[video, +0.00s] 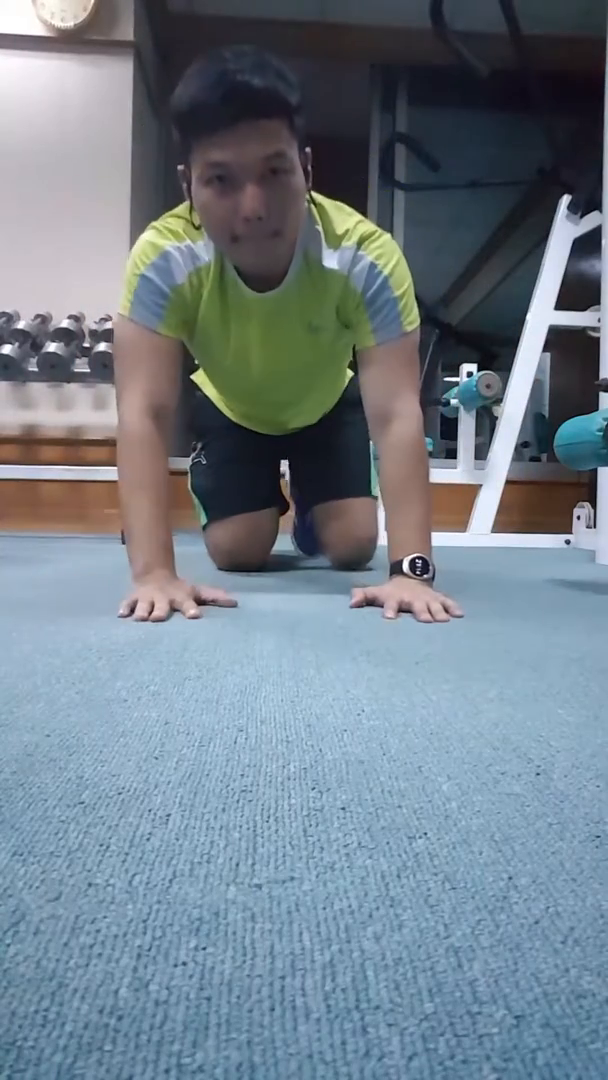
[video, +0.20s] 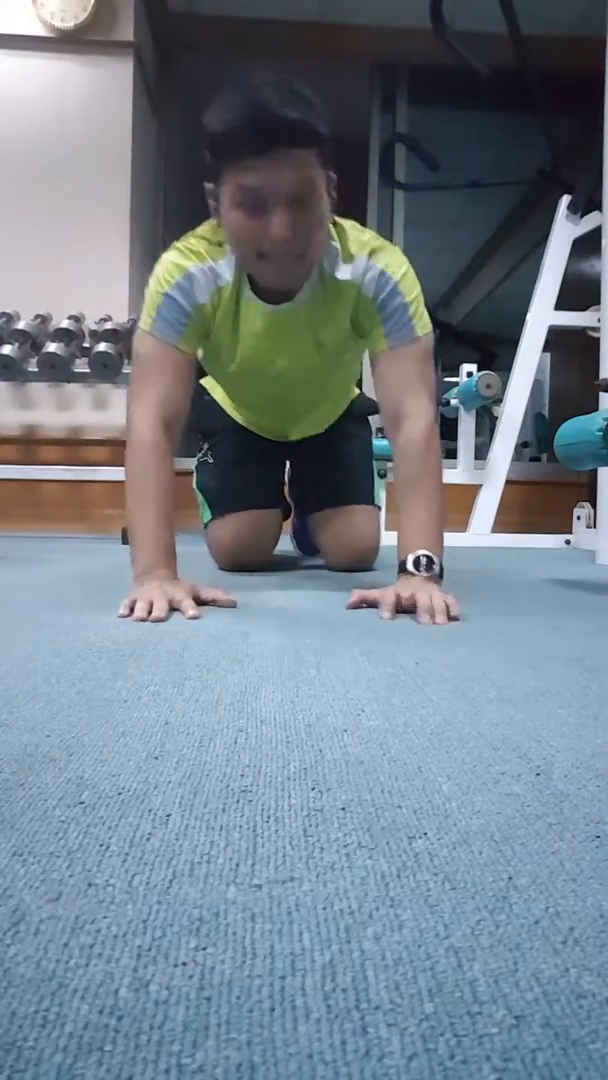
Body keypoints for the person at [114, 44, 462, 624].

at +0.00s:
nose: (254, 206)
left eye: (274, 172)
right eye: (221, 180)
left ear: (305, 167)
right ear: (188, 185)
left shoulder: (367, 258)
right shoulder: (164, 257)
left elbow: (396, 415)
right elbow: (144, 414)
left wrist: (412, 570)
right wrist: (154, 571)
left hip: (328, 395)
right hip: (227, 400)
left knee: (352, 547)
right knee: (238, 553)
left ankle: (310, 514)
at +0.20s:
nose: (279, 231)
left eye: (299, 201)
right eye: (252, 205)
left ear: (331, 191)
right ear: (215, 204)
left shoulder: (379, 273)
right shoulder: (186, 275)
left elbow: (413, 421)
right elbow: (151, 425)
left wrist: (421, 569)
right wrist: (155, 572)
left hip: (333, 406)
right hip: (234, 407)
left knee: (353, 551)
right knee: (241, 553)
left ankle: (306, 518)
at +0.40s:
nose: (320, 318)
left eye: (342, 296)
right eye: (300, 292)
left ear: (368, 271)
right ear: (263, 244)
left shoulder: (396, 292)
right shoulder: (207, 301)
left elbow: (422, 427)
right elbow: (141, 420)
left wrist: (425, 571)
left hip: (345, 412)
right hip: (249, 412)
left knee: (360, 553)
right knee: (245, 554)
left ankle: (311, 516)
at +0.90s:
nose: (317, 336)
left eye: (340, 329)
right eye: (303, 318)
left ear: (375, 302)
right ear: (279, 261)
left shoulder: (403, 294)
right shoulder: (227, 280)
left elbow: (423, 425)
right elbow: (149, 420)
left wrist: (424, 572)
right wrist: (183, 284)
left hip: (348, 419)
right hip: (255, 415)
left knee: (359, 553)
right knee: (245, 552)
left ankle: (310, 520)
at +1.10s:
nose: (311, 336)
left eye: (334, 327)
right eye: (297, 317)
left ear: (368, 300)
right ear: (271, 262)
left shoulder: (398, 293)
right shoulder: (223, 284)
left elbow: (422, 426)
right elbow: (146, 421)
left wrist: (423, 572)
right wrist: (182, 286)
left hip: (346, 419)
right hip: (252, 415)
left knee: (359, 553)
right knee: (245, 552)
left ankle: (309, 520)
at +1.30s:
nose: (308, 335)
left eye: (331, 324)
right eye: (293, 315)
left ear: (365, 295)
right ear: (264, 262)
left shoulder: (395, 292)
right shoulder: (220, 287)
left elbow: (421, 426)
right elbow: (143, 420)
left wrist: (424, 572)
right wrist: (179, 290)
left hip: (345, 418)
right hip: (251, 415)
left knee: (359, 553)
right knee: (245, 553)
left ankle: (308, 520)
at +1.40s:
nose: (309, 331)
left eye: (332, 317)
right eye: (293, 311)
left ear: (363, 289)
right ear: (263, 260)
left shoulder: (393, 292)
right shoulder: (220, 288)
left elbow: (422, 426)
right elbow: (143, 423)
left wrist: (424, 572)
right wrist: (176, 290)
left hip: (344, 419)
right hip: (251, 416)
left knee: (358, 552)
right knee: (245, 553)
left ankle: (308, 518)